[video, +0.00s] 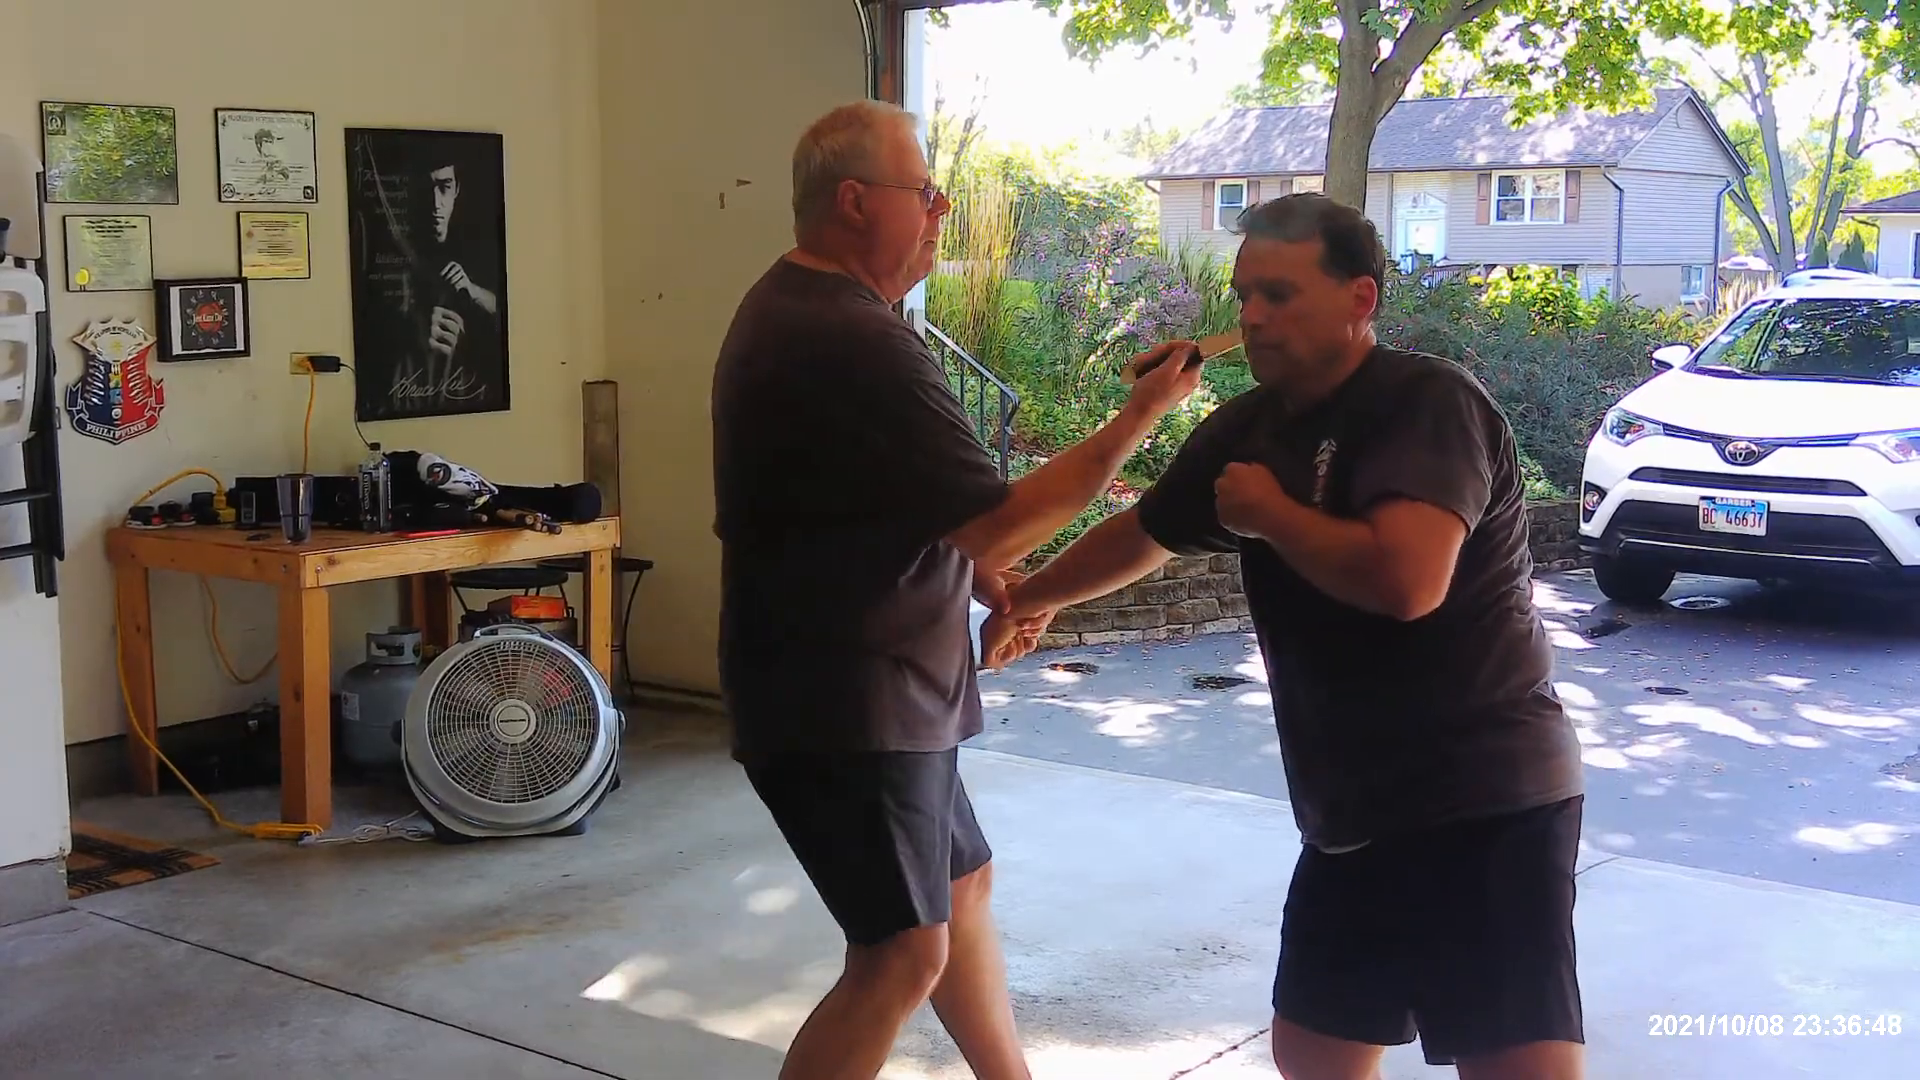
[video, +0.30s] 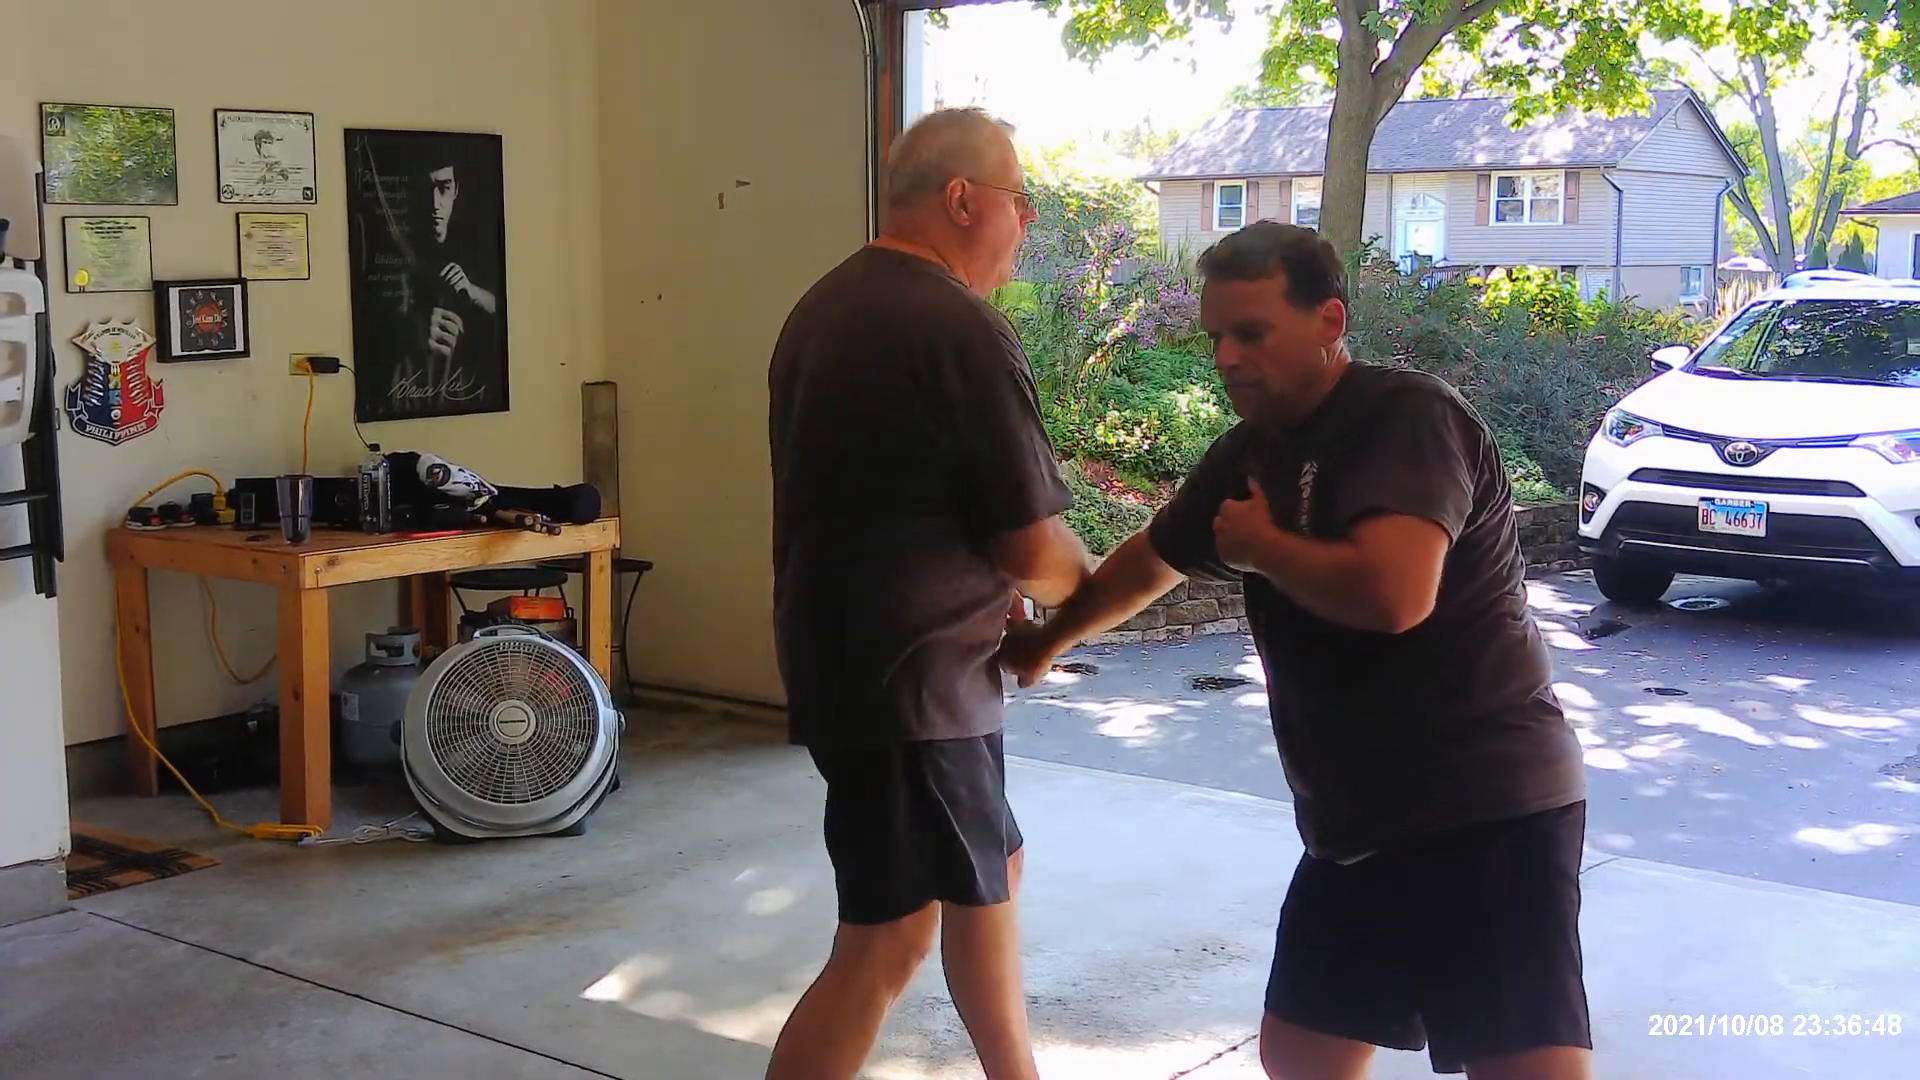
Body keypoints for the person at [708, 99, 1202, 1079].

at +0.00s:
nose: (938, 210)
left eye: (934, 191)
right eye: (922, 191)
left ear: (849, 207)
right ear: (855, 204)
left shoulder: (796, 307)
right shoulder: (856, 339)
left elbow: (864, 506)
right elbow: (986, 527)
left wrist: (976, 566)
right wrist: (1133, 423)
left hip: (878, 684)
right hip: (840, 708)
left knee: (963, 883)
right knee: (904, 952)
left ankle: (1009, 1073)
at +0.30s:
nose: (1024, 220)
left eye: (1024, 199)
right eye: (1016, 198)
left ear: (913, 201)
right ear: (961, 202)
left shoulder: (822, 308)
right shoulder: (954, 325)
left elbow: (839, 511)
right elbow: (1033, 546)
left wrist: (991, 596)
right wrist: (1082, 582)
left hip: (834, 654)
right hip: (910, 676)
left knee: (988, 866)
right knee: (888, 937)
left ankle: (1015, 1072)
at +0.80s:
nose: (1092, 271)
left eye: (1098, 250)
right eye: (1093, 244)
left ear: (994, 218)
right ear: (1040, 223)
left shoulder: (885, 301)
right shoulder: (1011, 342)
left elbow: (908, 498)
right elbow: (1048, 588)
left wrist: (1056, 511)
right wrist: (1054, 720)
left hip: (829, 644)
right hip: (903, 669)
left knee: (992, 852)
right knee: (885, 941)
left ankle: (1016, 1072)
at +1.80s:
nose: (933, 193)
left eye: (943, 175)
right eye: (908, 175)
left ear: (950, 185)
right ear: (850, 185)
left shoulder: (937, 300)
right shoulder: (812, 313)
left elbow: (988, 467)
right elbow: (827, 518)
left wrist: (1049, 614)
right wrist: (916, 675)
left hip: (926, 642)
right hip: (821, 651)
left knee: (961, 839)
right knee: (824, 852)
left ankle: (1000, 1068)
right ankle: (781, 1064)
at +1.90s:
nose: (896, 183)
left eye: (906, 165)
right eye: (871, 166)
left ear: (918, 177)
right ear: (818, 181)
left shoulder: (919, 295)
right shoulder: (778, 313)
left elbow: (966, 458)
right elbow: (759, 517)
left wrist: (1023, 605)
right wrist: (801, 689)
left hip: (914, 648)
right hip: (812, 662)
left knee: (951, 838)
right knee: (813, 851)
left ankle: (990, 1069)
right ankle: (781, 1064)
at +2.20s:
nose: (857, 183)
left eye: (868, 163)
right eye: (831, 163)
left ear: (878, 174)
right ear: (776, 175)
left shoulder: (891, 289)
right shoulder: (727, 307)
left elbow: (930, 460)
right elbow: (641, 484)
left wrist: (944, 612)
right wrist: (602, 659)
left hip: (890, 632)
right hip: (781, 646)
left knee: (931, 825)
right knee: (803, 842)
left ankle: (887, 1056)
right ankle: (781, 1065)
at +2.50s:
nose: (899, 176)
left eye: (897, 159)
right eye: (878, 159)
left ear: (863, 175)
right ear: (808, 170)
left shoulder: (887, 291)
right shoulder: (725, 295)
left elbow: (934, 459)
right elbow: (653, 473)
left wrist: (962, 612)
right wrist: (673, 643)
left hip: (876, 627)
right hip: (772, 636)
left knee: (888, 823)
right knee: (797, 835)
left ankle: (840, 1049)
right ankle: (777, 1063)